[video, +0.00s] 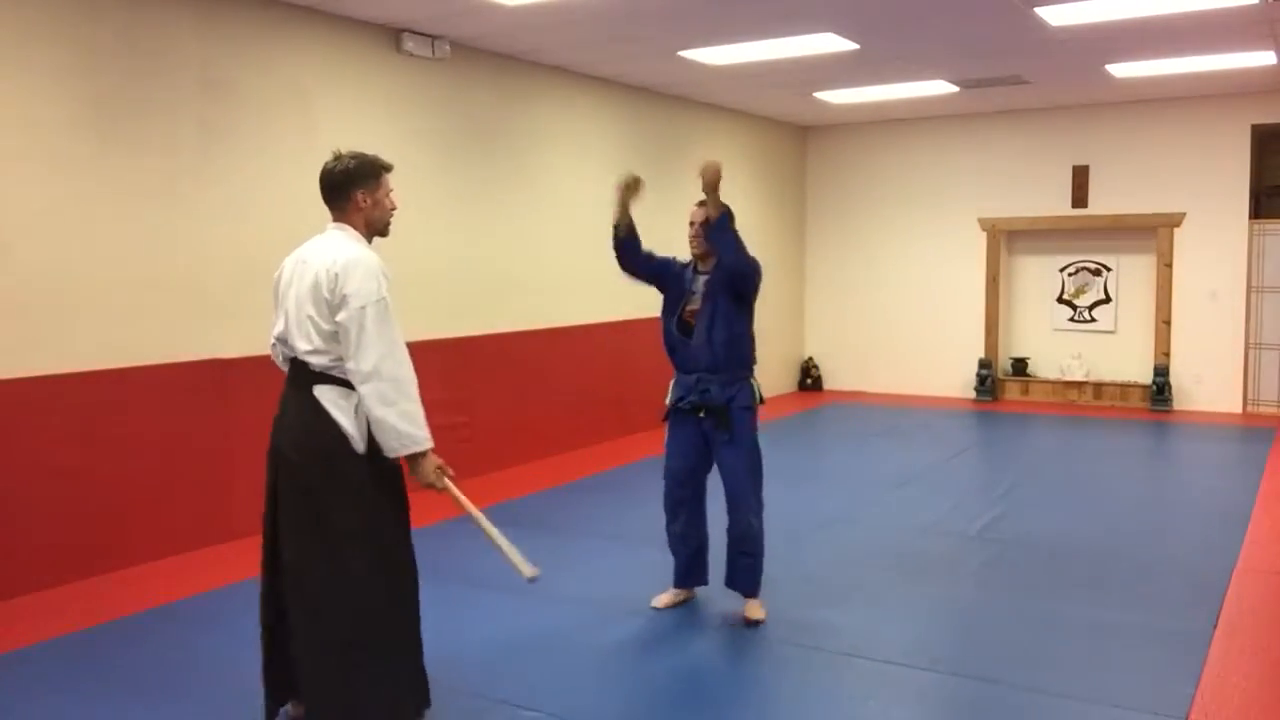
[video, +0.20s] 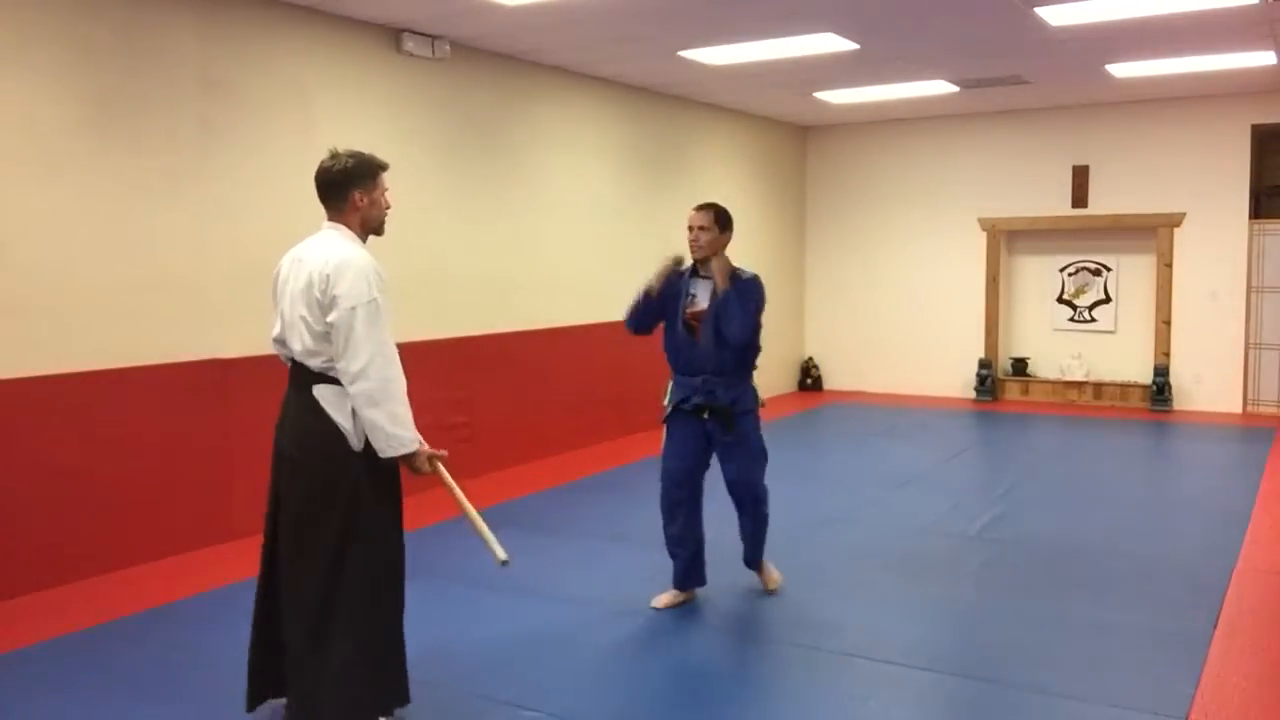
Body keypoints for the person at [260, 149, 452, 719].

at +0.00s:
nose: (393, 203)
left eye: (390, 192)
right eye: (387, 193)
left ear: (342, 201)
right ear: (361, 200)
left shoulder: (299, 259)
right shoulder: (359, 264)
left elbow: (283, 348)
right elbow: (380, 366)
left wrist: (333, 384)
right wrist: (418, 449)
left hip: (294, 425)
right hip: (344, 431)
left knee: (302, 565)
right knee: (371, 568)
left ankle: (299, 695)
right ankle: (379, 700)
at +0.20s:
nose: (389, 203)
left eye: (386, 191)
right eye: (383, 193)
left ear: (337, 200)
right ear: (359, 199)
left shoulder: (298, 257)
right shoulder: (353, 265)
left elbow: (293, 346)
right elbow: (370, 368)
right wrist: (408, 443)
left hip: (299, 419)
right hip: (343, 426)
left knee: (308, 558)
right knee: (358, 561)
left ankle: (306, 691)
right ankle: (350, 698)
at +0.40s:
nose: (384, 200)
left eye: (381, 189)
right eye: (377, 190)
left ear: (334, 200)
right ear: (351, 199)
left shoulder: (296, 258)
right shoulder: (348, 267)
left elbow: (291, 347)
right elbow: (371, 369)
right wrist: (411, 447)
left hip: (302, 419)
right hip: (347, 428)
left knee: (310, 557)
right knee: (362, 564)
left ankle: (306, 694)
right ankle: (358, 702)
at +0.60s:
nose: (385, 198)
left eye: (381, 188)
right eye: (377, 189)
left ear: (334, 200)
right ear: (352, 199)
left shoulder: (299, 256)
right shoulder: (351, 266)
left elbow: (289, 342)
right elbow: (371, 370)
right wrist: (405, 454)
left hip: (303, 418)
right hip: (346, 425)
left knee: (310, 559)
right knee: (364, 563)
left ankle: (307, 697)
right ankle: (360, 702)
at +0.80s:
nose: (390, 210)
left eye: (387, 199)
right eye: (383, 201)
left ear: (340, 211)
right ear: (361, 209)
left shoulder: (296, 266)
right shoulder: (364, 275)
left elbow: (286, 355)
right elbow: (386, 374)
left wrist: (325, 392)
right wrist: (432, 445)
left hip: (301, 422)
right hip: (353, 428)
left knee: (314, 558)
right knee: (404, 554)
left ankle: (309, 697)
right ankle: (377, 695)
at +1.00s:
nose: (393, 226)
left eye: (391, 216)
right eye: (390, 218)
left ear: (334, 225)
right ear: (376, 222)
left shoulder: (293, 290)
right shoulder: (401, 291)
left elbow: (275, 379)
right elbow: (463, 381)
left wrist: (323, 400)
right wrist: (494, 355)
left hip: (317, 445)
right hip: (387, 444)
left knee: (324, 576)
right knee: (431, 574)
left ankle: (315, 706)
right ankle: (449, 704)